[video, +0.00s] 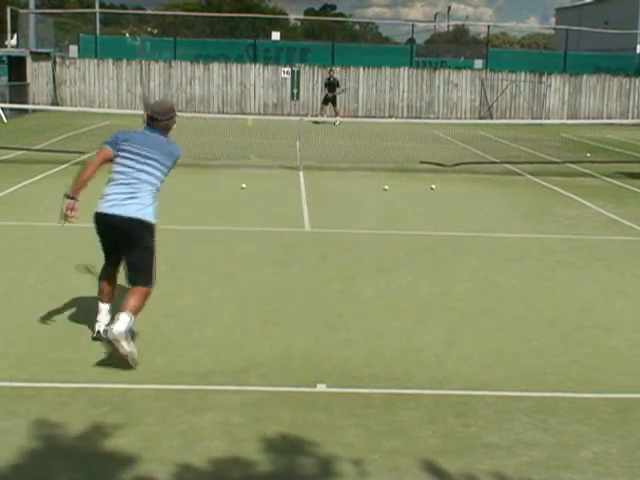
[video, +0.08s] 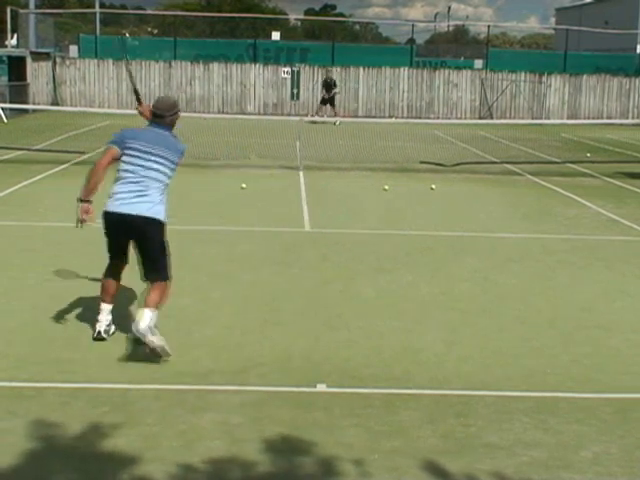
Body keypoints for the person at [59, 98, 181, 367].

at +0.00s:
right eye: (171, 123)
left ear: (146, 119)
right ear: (172, 125)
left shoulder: (123, 137)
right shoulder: (173, 151)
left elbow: (96, 161)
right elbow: (154, 173)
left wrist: (73, 195)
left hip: (107, 214)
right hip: (139, 219)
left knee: (111, 263)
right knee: (142, 284)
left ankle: (101, 322)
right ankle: (120, 328)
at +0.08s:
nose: (173, 121)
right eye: (175, 119)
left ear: (152, 117)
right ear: (175, 121)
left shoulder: (128, 135)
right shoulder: (177, 148)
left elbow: (102, 163)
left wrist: (85, 198)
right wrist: (151, 116)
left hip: (116, 213)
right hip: (149, 217)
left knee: (115, 262)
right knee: (159, 278)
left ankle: (103, 321)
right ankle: (144, 323)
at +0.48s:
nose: (217, 98)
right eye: (217, 95)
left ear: (189, 96)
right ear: (215, 97)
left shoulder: (174, 123)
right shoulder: (228, 129)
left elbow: (151, 166)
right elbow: (235, 172)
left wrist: (160, 153)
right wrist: (208, 170)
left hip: (177, 208)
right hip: (214, 212)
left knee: (167, 259)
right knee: (215, 264)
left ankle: (172, 325)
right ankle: (216, 328)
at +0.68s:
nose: (228, 99)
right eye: (229, 95)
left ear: (205, 97)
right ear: (231, 98)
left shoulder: (189, 126)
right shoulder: (245, 131)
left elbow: (170, 167)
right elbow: (262, 179)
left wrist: (180, 181)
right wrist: (236, 193)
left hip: (196, 216)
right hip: (233, 217)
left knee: (197, 276)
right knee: (247, 273)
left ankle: (197, 344)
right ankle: (255, 339)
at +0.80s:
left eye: (226, 98)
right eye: (240, 99)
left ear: (219, 101)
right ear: (246, 102)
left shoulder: (207, 129)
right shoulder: (264, 135)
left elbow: (187, 171)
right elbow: (278, 185)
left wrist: (189, 185)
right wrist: (254, 201)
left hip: (210, 219)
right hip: (249, 221)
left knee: (196, 275)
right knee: (262, 284)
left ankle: (192, 344)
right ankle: (275, 352)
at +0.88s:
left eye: (234, 106)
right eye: (250, 105)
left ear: (228, 108)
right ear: (255, 109)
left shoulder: (216, 136)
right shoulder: (273, 143)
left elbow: (192, 179)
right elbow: (287, 193)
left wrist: (199, 193)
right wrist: (263, 211)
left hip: (222, 228)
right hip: (262, 231)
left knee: (199, 278)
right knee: (268, 291)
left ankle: (202, 345)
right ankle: (275, 360)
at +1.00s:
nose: (261, 107)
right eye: (263, 103)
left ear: (236, 106)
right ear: (263, 106)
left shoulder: (219, 135)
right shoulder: (280, 141)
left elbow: (191, 179)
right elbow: (295, 192)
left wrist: (216, 194)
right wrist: (271, 214)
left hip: (227, 226)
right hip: (267, 227)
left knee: (219, 284)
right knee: (272, 288)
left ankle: (223, 349)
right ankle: (278, 359)